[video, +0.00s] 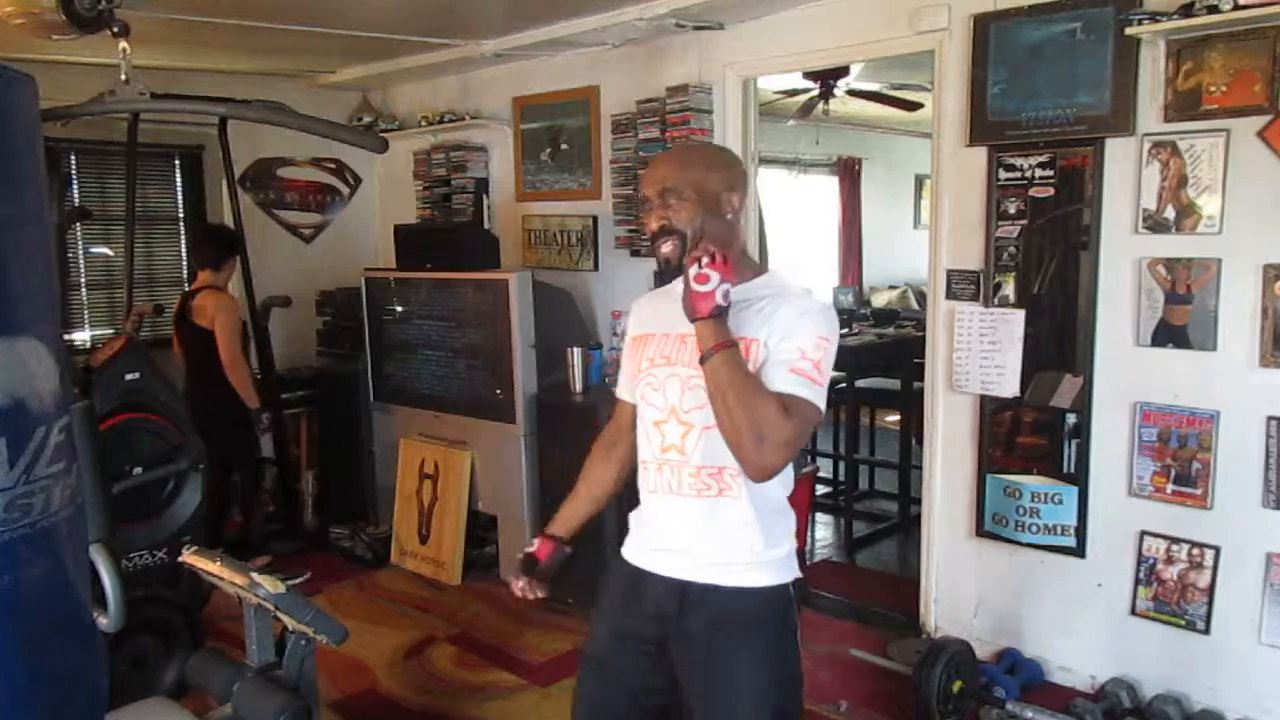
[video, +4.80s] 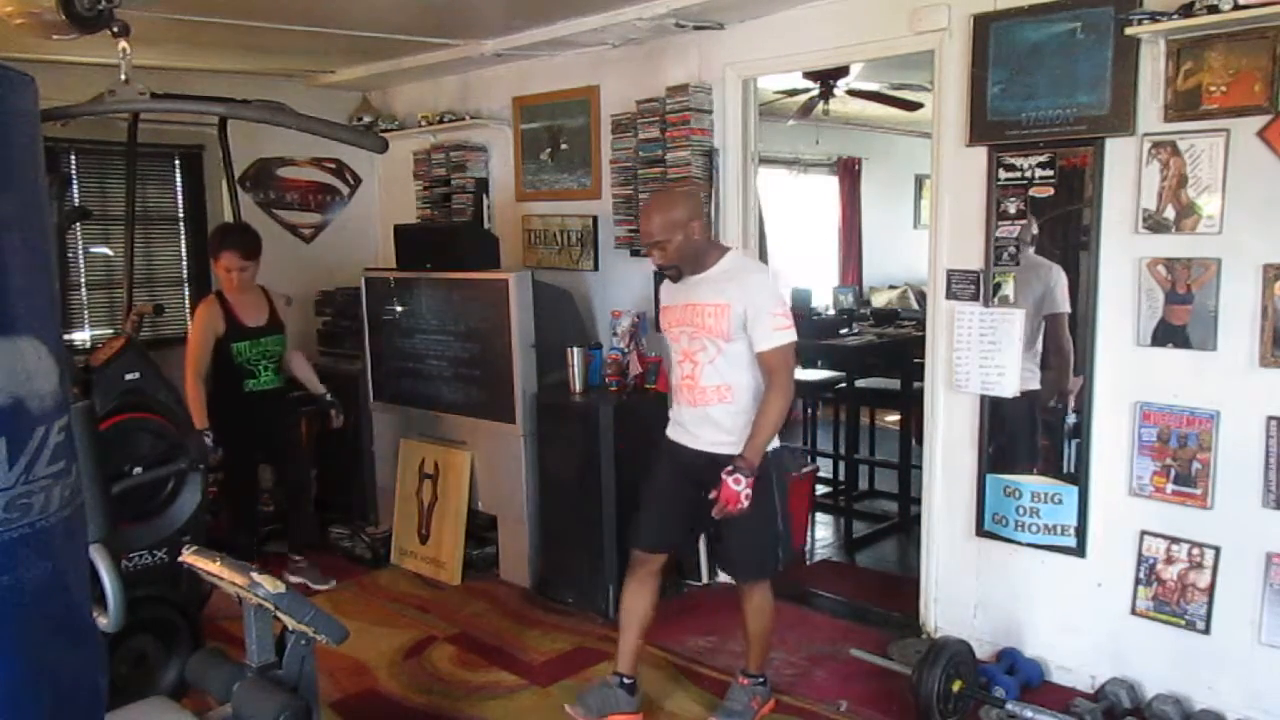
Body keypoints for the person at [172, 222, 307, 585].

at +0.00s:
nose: (235, 267)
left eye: (235, 261)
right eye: (235, 260)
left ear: (198, 260)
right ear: (229, 263)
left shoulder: (186, 301)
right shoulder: (224, 303)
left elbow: (181, 351)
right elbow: (232, 361)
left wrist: (202, 379)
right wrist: (256, 404)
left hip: (199, 400)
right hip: (226, 401)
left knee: (217, 471)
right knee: (250, 469)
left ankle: (211, 544)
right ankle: (252, 549)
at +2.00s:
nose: (238, 261)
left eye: (240, 254)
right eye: (230, 253)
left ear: (242, 259)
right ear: (207, 258)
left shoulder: (216, 297)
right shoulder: (211, 303)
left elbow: (221, 356)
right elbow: (214, 360)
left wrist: (243, 400)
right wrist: (238, 409)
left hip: (216, 400)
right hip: (219, 405)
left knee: (230, 479)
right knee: (236, 480)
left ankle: (231, 548)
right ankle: (243, 551)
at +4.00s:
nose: (243, 271)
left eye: (248, 264)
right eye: (236, 262)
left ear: (252, 263)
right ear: (215, 260)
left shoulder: (232, 296)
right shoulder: (210, 301)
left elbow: (237, 355)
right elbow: (207, 361)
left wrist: (253, 398)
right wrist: (230, 412)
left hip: (238, 402)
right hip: (219, 407)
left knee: (239, 481)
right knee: (231, 483)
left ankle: (241, 549)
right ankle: (233, 552)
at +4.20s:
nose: (244, 273)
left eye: (249, 265)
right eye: (236, 265)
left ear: (255, 262)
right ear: (215, 262)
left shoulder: (243, 292)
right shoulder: (210, 303)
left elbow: (246, 350)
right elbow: (202, 365)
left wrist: (262, 391)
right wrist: (221, 418)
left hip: (247, 402)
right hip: (225, 407)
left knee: (244, 480)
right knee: (232, 484)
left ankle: (243, 548)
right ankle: (230, 552)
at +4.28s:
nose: (244, 273)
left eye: (250, 266)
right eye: (237, 265)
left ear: (255, 263)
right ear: (216, 261)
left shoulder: (244, 294)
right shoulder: (211, 304)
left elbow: (246, 346)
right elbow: (201, 367)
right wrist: (218, 421)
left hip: (251, 405)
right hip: (229, 411)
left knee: (247, 482)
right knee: (236, 486)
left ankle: (246, 548)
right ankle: (233, 553)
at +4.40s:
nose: (244, 274)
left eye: (249, 267)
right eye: (236, 266)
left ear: (256, 263)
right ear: (216, 262)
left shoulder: (248, 294)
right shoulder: (212, 306)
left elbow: (254, 351)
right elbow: (199, 369)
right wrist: (213, 424)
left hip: (259, 406)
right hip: (234, 411)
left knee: (252, 483)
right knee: (240, 487)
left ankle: (250, 548)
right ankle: (238, 553)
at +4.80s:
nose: (235, 279)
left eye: (243, 270)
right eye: (227, 271)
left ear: (257, 263)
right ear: (214, 265)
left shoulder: (271, 300)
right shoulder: (210, 311)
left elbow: (288, 354)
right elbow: (194, 377)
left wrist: (324, 395)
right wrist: (204, 434)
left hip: (276, 414)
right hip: (234, 420)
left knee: (295, 481)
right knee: (241, 498)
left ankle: (294, 557)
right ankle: (243, 566)